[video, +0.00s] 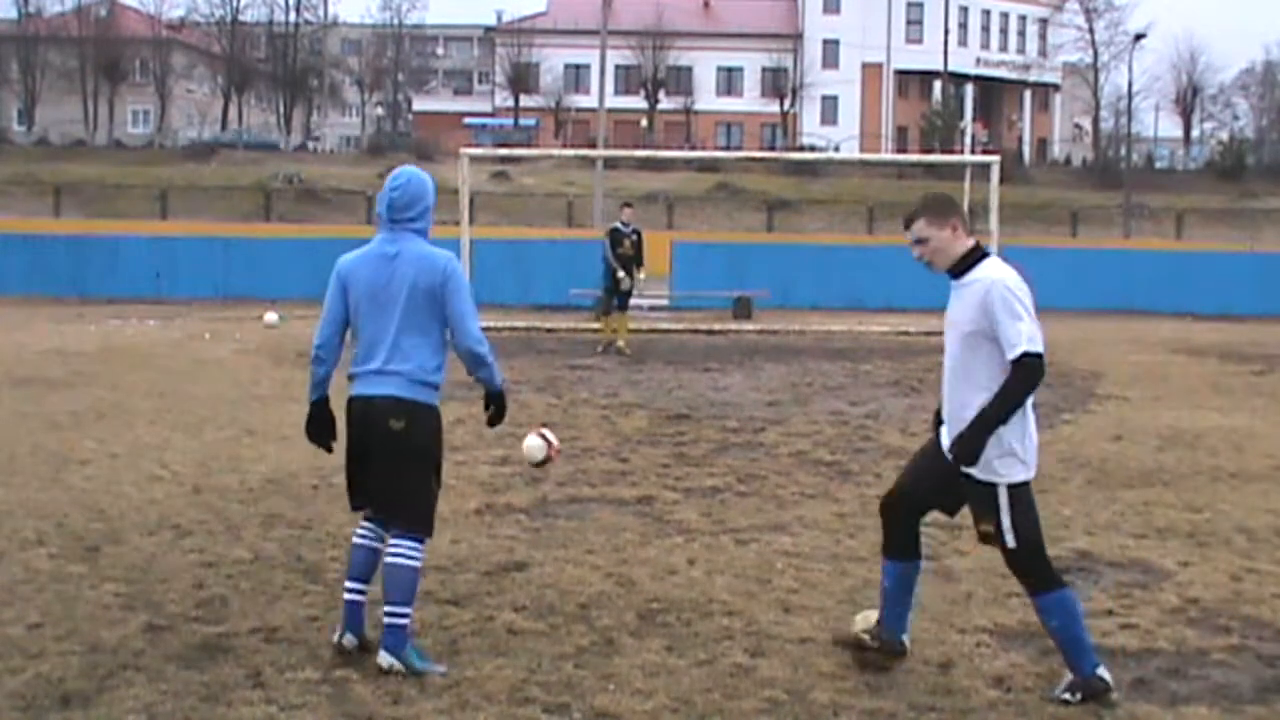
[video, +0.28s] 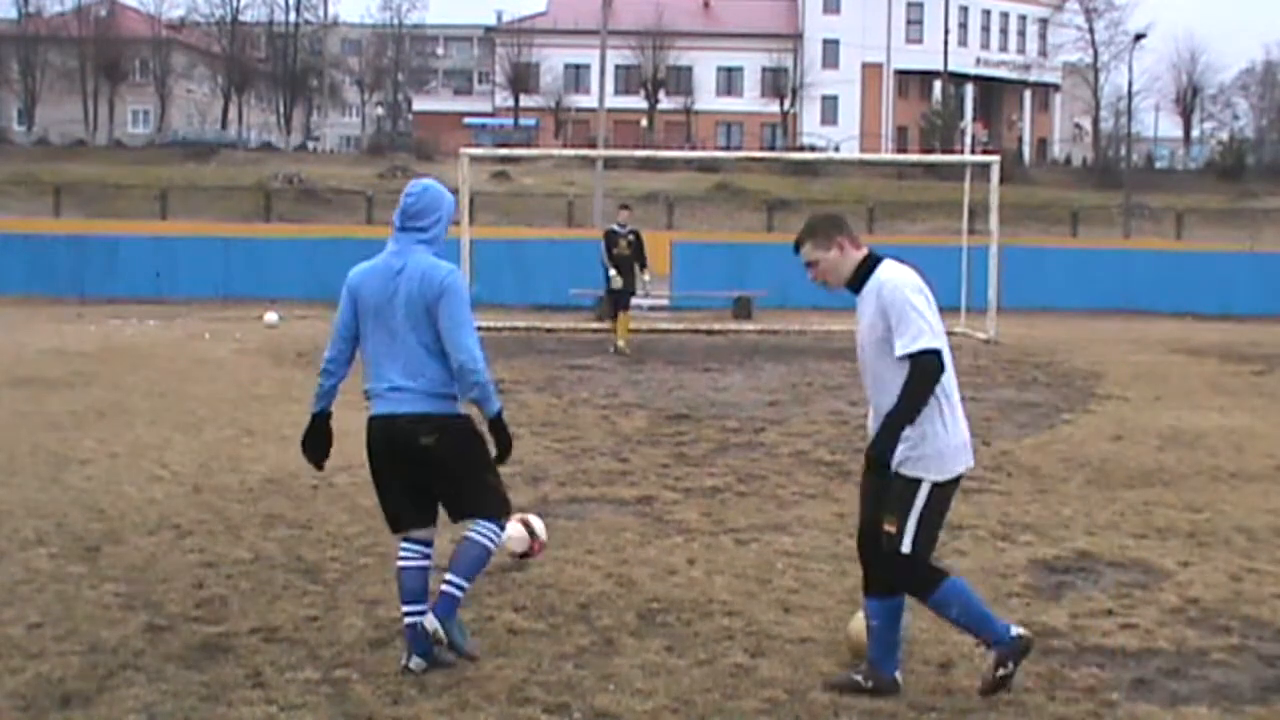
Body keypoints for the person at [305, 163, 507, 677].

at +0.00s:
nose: (431, 215)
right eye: (430, 207)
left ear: (382, 206)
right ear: (428, 210)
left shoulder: (351, 264)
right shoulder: (443, 265)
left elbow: (326, 342)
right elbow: (468, 339)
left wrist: (318, 399)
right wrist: (493, 384)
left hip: (363, 407)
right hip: (414, 412)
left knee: (373, 514)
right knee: (410, 528)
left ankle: (350, 627)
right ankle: (395, 643)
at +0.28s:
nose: (451, 231)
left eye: (451, 224)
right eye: (449, 224)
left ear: (400, 218)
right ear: (440, 224)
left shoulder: (361, 277)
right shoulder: (443, 278)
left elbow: (337, 355)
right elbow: (466, 360)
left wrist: (319, 413)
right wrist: (495, 414)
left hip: (385, 430)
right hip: (440, 427)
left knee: (415, 530)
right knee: (490, 517)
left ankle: (416, 646)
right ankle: (446, 608)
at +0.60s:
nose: (478, 235)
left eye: (480, 226)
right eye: (476, 226)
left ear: (427, 214)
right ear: (463, 222)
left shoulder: (384, 265)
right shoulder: (458, 264)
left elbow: (354, 342)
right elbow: (459, 337)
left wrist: (365, 371)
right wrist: (479, 390)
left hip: (396, 422)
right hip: (450, 418)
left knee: (412, 535)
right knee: (530, 483)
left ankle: (418, 646)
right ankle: (483, 583)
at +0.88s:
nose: (510, 242)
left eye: (509, 233)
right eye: (508, 234)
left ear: (458, 227)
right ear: (495, 234)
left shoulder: (410, 281)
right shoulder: (490, 289)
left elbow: (377, 361)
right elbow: (491, 385)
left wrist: (379, 403)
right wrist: (514, 442)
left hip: (414, 440)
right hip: (468, 441)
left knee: (424, 546)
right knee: (481, 556)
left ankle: (419, 647)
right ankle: (460, 677)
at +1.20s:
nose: (525, 236)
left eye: (526, 227)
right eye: (524, 227)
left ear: (471, 217)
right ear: (510, 228)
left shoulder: (417, 266)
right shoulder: (501, 284)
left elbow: (384, 350)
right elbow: (496, 375)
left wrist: (408, 396)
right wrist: (525, 426)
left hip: (400, 426)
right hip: (458, 432)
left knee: (417, 544)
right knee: (465, 557)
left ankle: (385, 666)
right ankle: (459, 682)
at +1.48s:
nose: (506, 237)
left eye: (506, 226)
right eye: (503, 227)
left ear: (453, 223)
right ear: (484, 228)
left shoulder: (404, 274)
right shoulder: (471, 283)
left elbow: (379, 360)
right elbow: (463, 363)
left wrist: (413, 402)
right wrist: (508, 406)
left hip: (386, 431)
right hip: (443, 437)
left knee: (386, 556)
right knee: (466, 557)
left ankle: (366, 684)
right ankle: (459, 682)